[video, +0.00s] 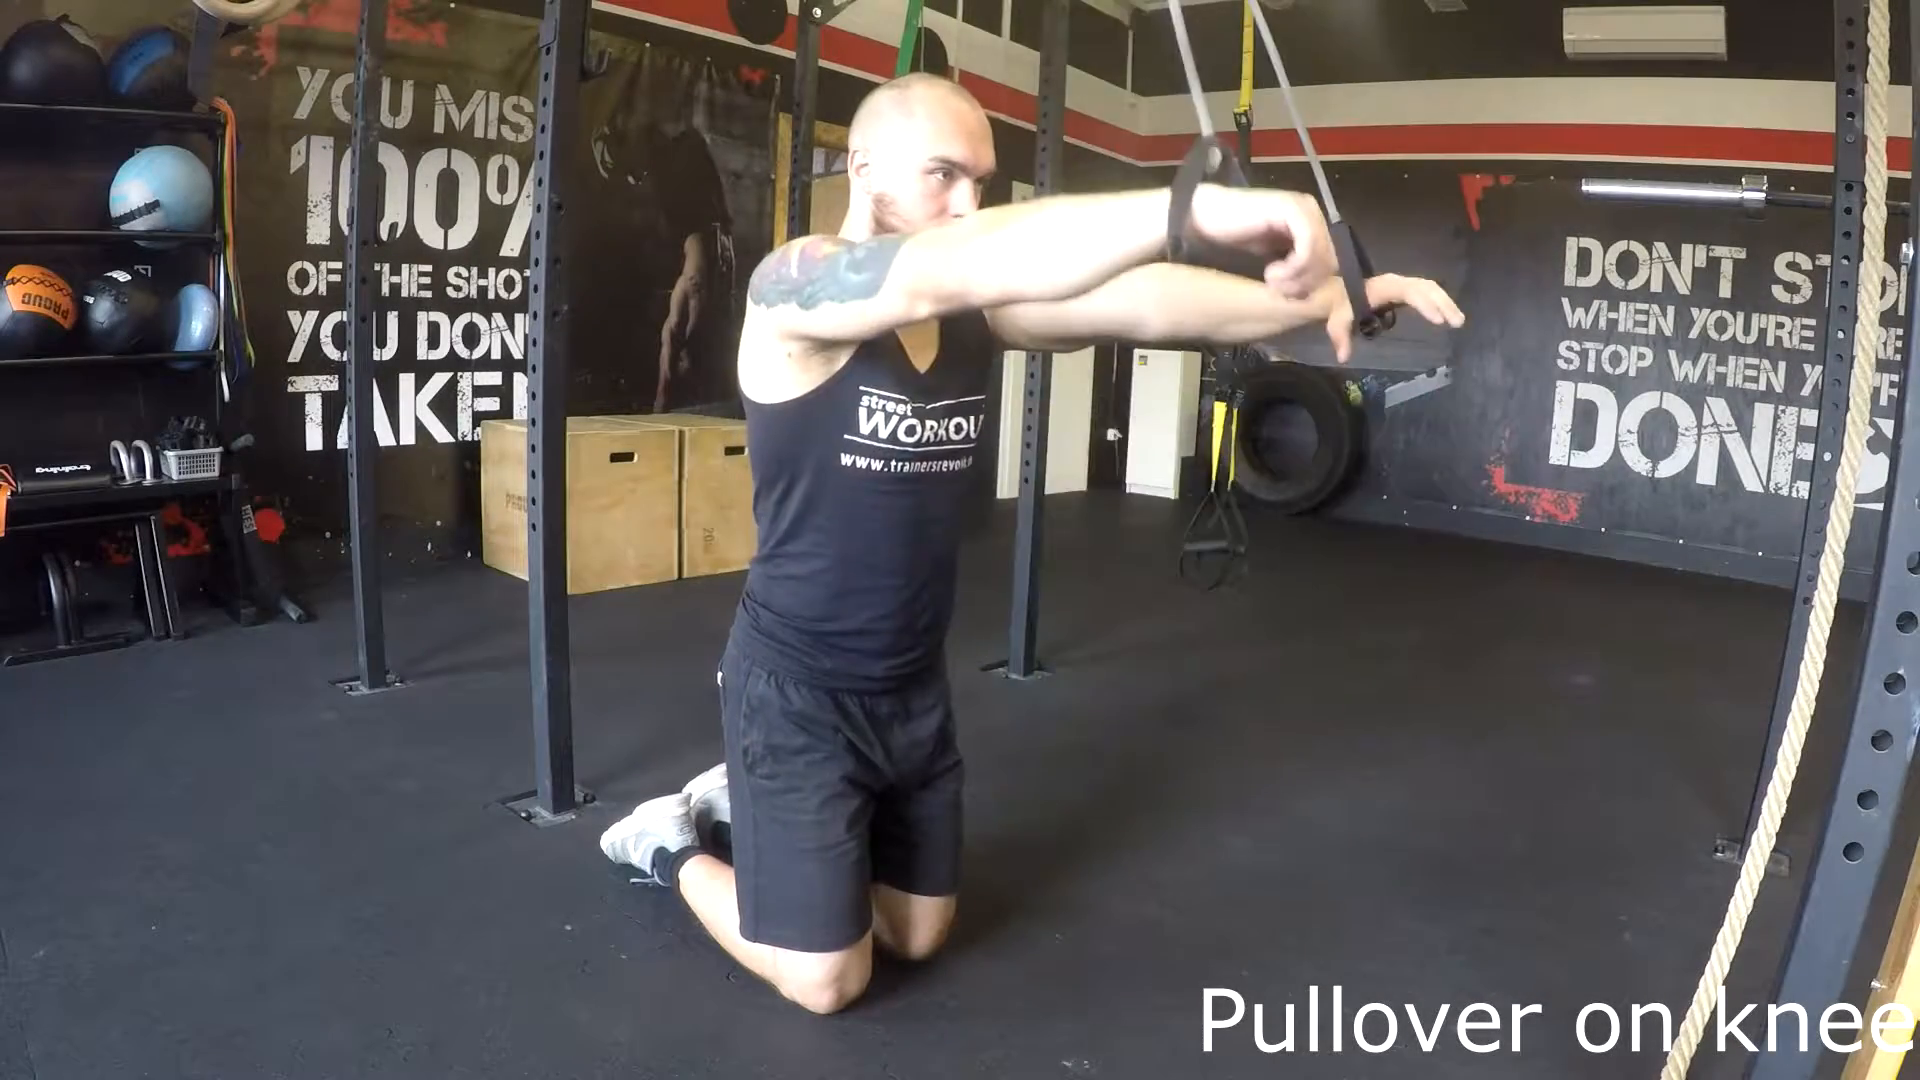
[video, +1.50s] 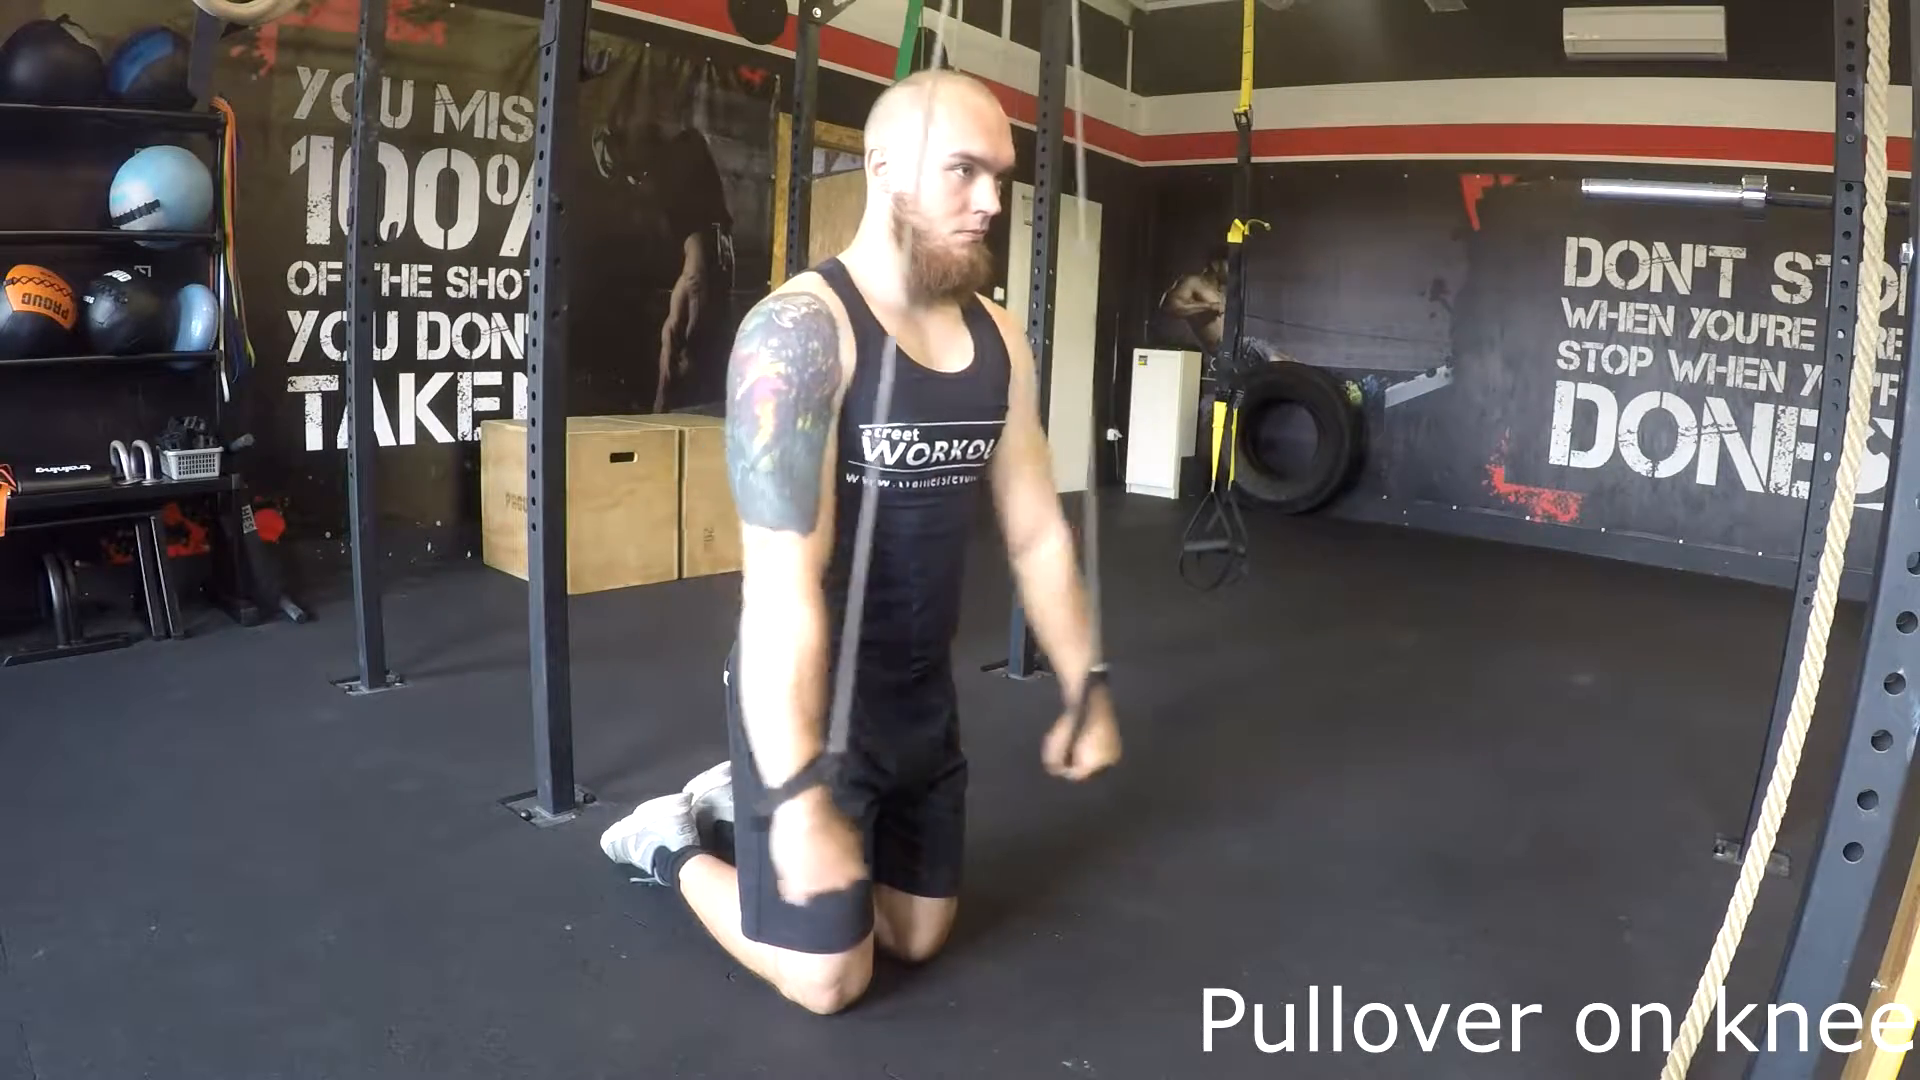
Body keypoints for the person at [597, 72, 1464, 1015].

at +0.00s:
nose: (969, 201)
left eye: (980, 180)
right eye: (943, 175)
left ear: (985, 181)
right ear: (863, 176)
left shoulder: (960, 292)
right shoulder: (793, 282)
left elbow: (1133, 303)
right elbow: (967, 263)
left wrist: (1320, 312)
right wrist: (1189, 212)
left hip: (913, 683)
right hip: (797, 683)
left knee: (916, 932)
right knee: (821, 977)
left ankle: (753, 809)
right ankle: (677, 854)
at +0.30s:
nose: (980, 209)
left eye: (994, 186)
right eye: (955, 179)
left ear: (998, 191)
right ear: (875, 173)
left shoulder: (989, 316)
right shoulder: (802, 308)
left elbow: (1146, 403)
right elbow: (961, 440)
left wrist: (1321, 495)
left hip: (914, 685)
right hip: (796, 686)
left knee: (916, 928)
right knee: (822, 982)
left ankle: (750, 810)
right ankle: (678, 852)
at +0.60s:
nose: (993, 205)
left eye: (1004, 180)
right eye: (969, 174)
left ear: (1009, 187)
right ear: (890, 175)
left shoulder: (999, 339)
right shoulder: (804, 328)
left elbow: (1062, 521)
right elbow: (811, 578)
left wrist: (1133, 676)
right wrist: (844, 799)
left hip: (917, 677)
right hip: (808, 678)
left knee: (916, 932)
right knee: (824, 980)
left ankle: (751, 801)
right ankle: (673, 850)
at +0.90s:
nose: (996, 204)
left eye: (1006, 179)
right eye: (970, 173)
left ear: (1012, 190)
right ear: (891, 173)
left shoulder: (999, 342)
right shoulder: (795, 335)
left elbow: (994, 542)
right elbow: (742, 575)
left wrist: (994, 685)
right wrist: (714, 768)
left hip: (924, 695)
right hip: (802, 703)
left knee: (916, 933)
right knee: (826, 981)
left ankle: (770, 829)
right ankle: (682, 841)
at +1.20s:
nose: (996, 206)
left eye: (1006, 180)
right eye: (971, 174)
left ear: (1011, 191)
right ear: (892, 175)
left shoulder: (993, 339)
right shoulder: (793, 334)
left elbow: (982, 538)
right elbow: (742, 578)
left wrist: (971, 685)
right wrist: (715, 767)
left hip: (925, 699)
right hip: (805, 705)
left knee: (916, 933)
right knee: (827, 981)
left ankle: (771, 829)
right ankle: (683, 842)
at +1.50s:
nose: (990, 201)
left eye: (1002, 176)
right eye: (964, 169)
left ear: (1007, 186)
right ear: (886, 173)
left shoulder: (996, 337)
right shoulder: (796, 333)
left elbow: (1037, 530)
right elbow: (782, 583)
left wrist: (1084, 679)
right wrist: (801, 793)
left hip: (920, 693)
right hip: (810, 694)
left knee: (916, 932)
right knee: (825, 981)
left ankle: (731, 808)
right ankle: (673, 854)